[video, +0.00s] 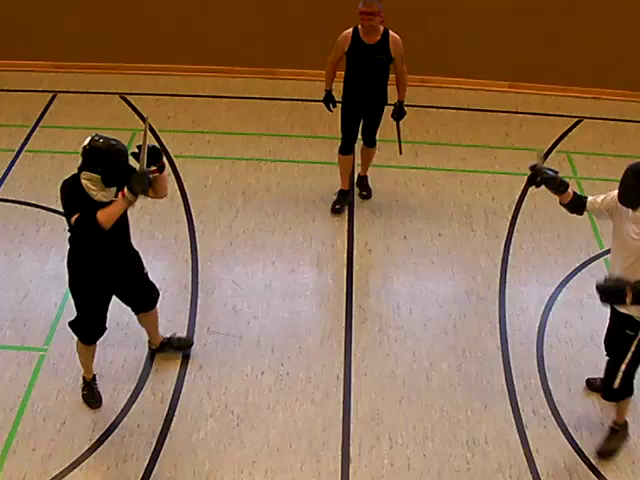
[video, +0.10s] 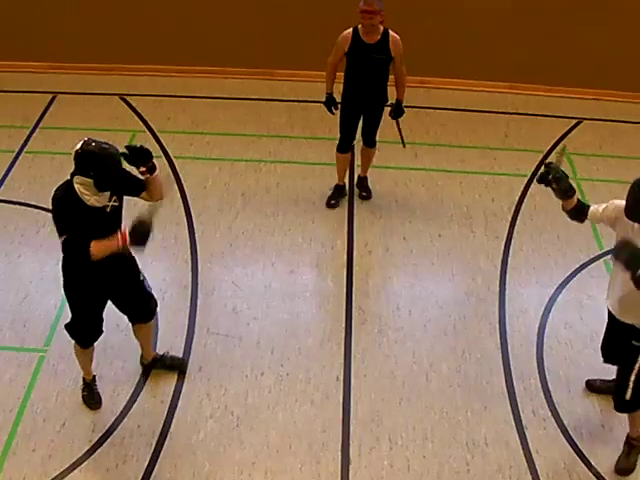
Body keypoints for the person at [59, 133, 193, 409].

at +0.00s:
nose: (115, 184)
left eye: (117, 179)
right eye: (112, 179)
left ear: (121, 169)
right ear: (96, 171)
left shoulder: (120, 179)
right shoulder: (71, 189)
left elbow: (159, 192)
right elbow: (93, 224)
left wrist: (157, 170)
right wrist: (128, 197)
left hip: (123, 259)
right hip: (88, 268)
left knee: (146, 300)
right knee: (89, 328)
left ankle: (157, 342)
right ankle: (89, 378)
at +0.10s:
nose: (112, 183)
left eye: (113, 176)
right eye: (108, 178)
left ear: (114, 171)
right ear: (91, 176)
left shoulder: (113, 180)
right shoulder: (63, 199)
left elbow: (155, 194)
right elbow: (80, 251)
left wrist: (149, 170)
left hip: (117, 264)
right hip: (83, 275)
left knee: (144, 310)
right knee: (86, 332)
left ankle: (149, 359)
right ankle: (88, 379)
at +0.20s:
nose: (109, 191)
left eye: (111, 185)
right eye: (104, 186)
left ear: (111, 176)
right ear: (88, 181)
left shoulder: (112, 184)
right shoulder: (59, 208)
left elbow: (153, 197)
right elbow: (70, 266)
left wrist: (146, 172)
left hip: (118, 267)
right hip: (79, 281)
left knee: (143, 318)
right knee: (83, 336)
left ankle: (147, 373)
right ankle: (88, 378)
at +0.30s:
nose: (109, 195)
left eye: (110, 188)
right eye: (104, 189)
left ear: (111, 181)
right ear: (88, 184)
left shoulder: (113, 189)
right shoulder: (57, 212)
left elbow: (153, 205)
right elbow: (60, 267)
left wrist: (147, 181)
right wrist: (90, 297)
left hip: (117, 276)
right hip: (77, 288)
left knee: (142, 329)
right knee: (83, 340)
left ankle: (153, 388)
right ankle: (88, 379)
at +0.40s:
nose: (112, 201)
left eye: (113, 194)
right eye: (107, 195)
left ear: (115, 187)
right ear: (91, 190)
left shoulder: (116, 195)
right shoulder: (59, 216)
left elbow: (157, 212)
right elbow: (55, 268)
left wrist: (150, 187)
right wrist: (74, 301)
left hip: (119, 284)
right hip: (81, 294)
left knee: (142, 339)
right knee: (83, 342)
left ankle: (160, 400)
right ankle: (87, 378)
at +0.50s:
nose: (120, 206)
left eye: (122, 199)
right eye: (115, 201)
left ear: (123, 192)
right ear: (98, 195)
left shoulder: (124, 201)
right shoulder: (65, 220)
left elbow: (163, 219)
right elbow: (55, 270)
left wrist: (158, 193)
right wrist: (73, 305)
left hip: (122, 291)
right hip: (85, 300)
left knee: (147, 345)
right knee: (84, 346)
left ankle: (162, 408)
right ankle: (88, 379)